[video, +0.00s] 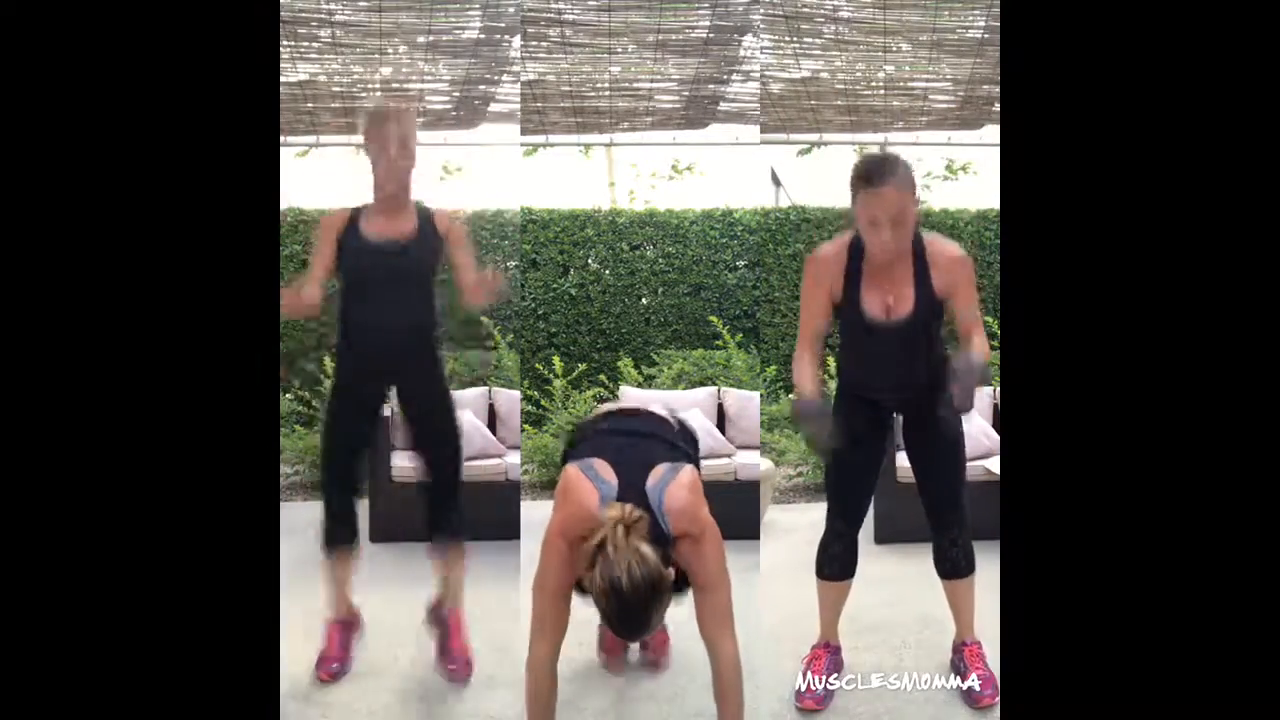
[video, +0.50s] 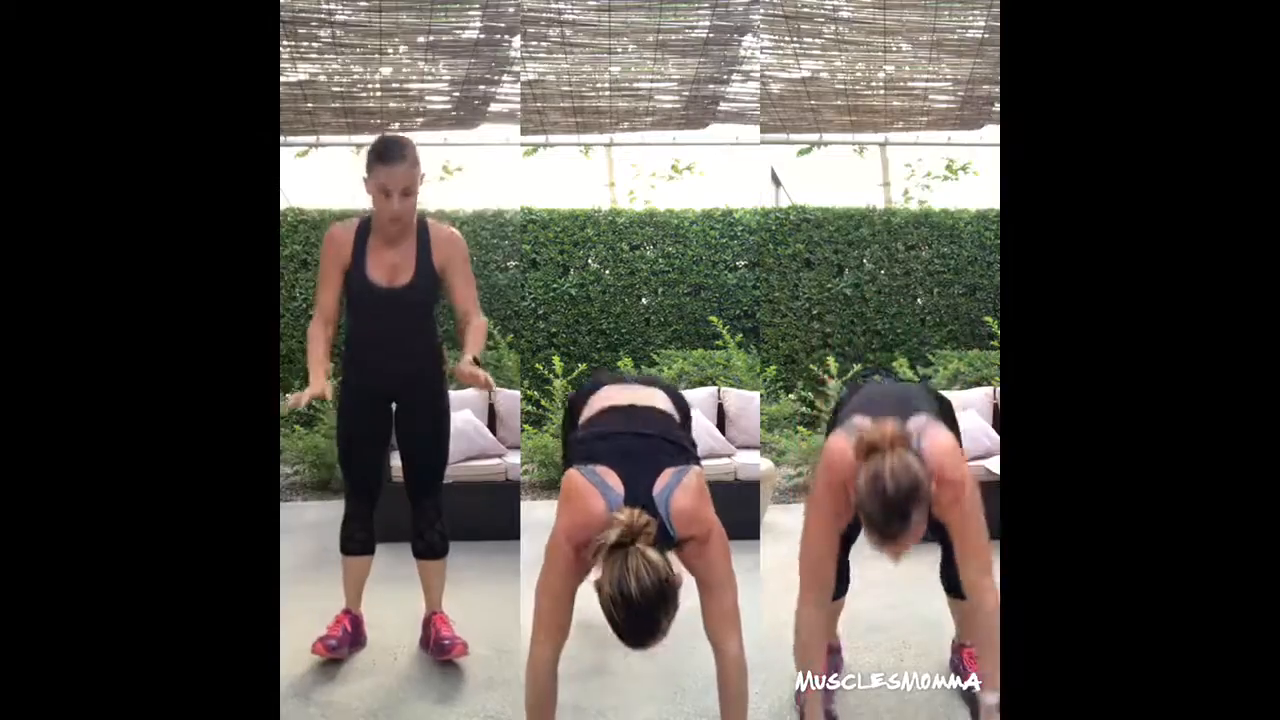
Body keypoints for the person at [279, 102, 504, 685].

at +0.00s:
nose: (398, 158)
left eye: (406, 147)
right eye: (388, 149)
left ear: (416, 152)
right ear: (369, 154)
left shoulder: (440, 222)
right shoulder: (340, 224)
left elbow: (471, 294)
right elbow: (310, 296)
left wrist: (489, 283)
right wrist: (294, 298)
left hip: (419, 370)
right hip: (358, 371)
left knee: (446, 486)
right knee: (337, 490)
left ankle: (449, 610)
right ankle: (341, 616)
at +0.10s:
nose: (392, 200)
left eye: (402, 190)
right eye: (381, 190)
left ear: (417, 197)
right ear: (365, 198)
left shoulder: (441, 263)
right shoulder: (341, 260)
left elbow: (470, 339)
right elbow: (319, 329)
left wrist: (483, 351)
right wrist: (305, 359)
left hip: (422, 409)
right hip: (358, 408)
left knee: (434, 524)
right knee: (339, 522)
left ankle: (436, 626)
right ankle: (350, 625)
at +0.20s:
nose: (392, 187)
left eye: (402, 176)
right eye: (381, 178)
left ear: (417, 180)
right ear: (366, 183)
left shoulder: (442, 245)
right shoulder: (342, 241)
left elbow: (466, 318)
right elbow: (325, 318)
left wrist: (465, 358)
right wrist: (319, 370)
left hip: (422, 390)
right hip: (360, 390)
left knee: (437, 505)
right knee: (343, 505)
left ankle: (437, 623)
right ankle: (349, 622)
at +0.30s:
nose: (393, 180)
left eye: (404, 168)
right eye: (382, 169)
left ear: (418, 171)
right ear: (366, 172)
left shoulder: (443, 234)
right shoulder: (341, 231)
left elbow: (469, 310)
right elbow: (327, 309)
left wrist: (461, 345)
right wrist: (324, 361)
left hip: (422, 382)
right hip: (361, 382)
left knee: (429, 501)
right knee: (356, 500)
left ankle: (437, 617)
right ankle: (350, 615)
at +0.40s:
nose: (396, 190)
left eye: (406, 177)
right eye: (385, 178)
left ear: (419, 176)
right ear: (367, 178)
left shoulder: (443, 236)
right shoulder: (343, 235)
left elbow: (473, 313)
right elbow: (324, 313)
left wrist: (466, 344)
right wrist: (320, 366)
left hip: (424, 387)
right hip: (362, 387)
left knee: (427, 503)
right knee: (361, 502)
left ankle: (435, 619)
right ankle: (352, 617)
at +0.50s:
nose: (396, 206)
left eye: (406, 193)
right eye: (385, 193)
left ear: (421, 186)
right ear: (369, 187)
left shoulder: (444, 240)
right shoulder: (343, 239)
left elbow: (472, 314)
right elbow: (322, 318)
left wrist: (469, 358)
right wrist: (318, 376)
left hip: (423, 389)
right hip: (362, 389)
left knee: (427, 503)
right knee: (359, 502)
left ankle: (435, 618)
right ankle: (351, 616)